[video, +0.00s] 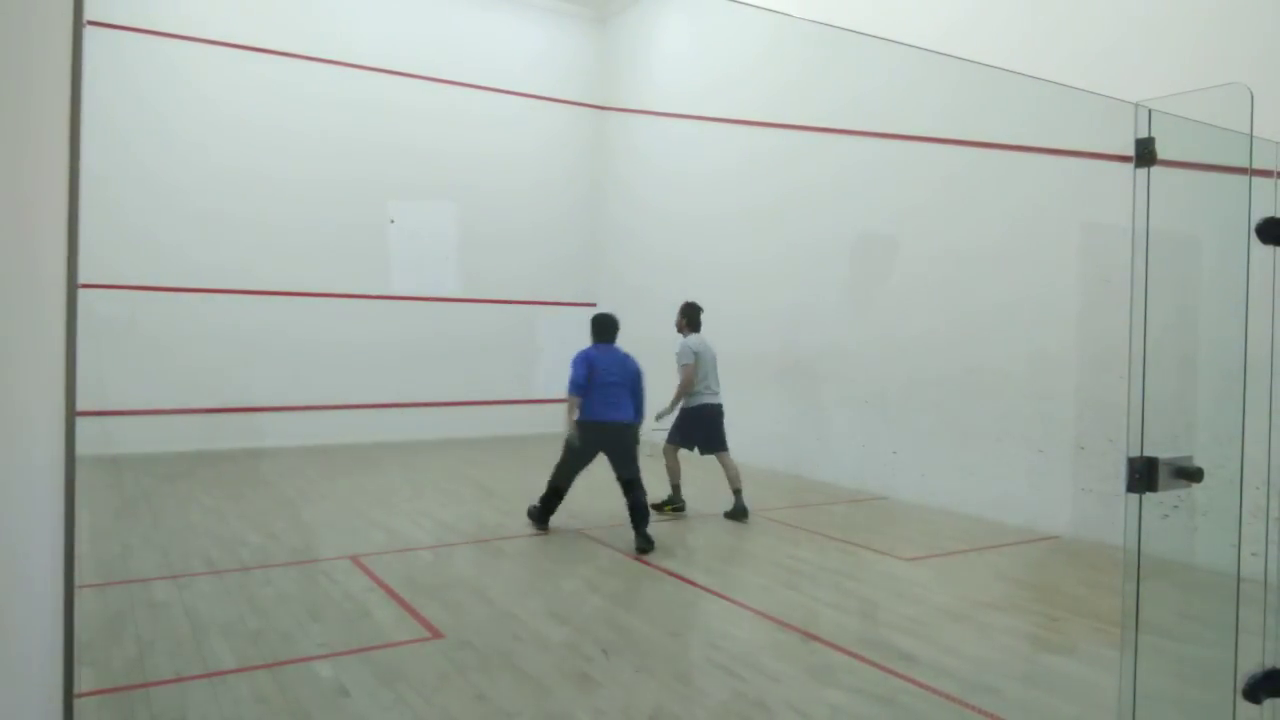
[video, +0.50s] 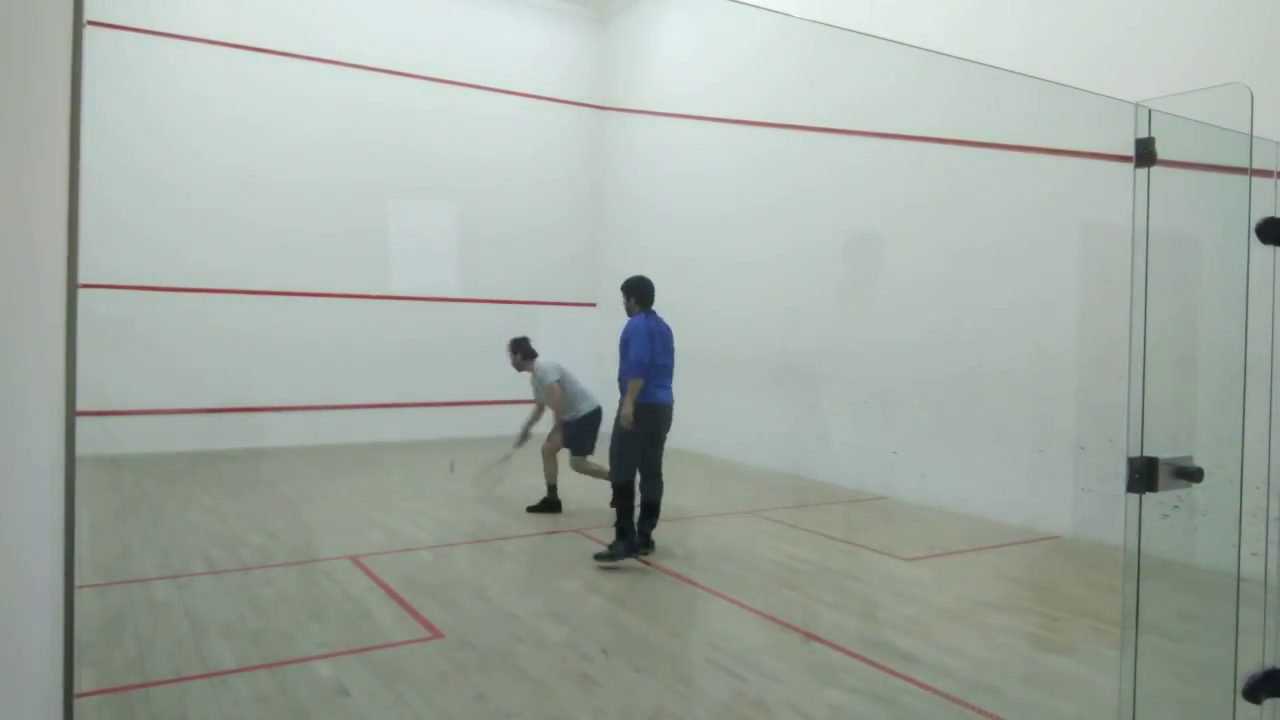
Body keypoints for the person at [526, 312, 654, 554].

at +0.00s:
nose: (596, 335)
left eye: (595, 330)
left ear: (593, 333)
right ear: (616, 334)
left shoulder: (585, 357)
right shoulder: (629, 361)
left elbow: (576, 389)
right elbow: (638, 401)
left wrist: (571, 420)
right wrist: (635, 427)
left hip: (590, 427)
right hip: (622, 429)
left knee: (565, 473)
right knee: (631, 481)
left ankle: (543, 514)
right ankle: (642, 534)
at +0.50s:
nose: (623, 304)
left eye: (625, 299)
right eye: (624, 299)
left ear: (634, 299)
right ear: (648, 298)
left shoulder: (637, 326)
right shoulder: (663, 328)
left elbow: (637, 368)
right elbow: (663, 370)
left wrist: (628, 402)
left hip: (638, 405)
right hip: (661, 407)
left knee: (621, 469)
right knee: (651, 470)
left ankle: (624, 539)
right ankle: (644, 535)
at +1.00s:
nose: (669, 303)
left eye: (674, 299)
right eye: (663, 297)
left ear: (682, 303)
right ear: (651, 299)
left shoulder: (688, 332)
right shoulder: (631, 336)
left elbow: (714, 332)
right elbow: (613, 381)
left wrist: (690, 298)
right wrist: (604, 421)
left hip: (675, 429)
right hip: (638, 429)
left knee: (664, 500)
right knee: (647, 503)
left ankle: (640, 553)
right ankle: (656, 582)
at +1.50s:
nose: (725, 290)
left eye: (733, 283)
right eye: (723, 283)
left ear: (758, 287)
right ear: (722, 289)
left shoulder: (785, 335)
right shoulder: (708, 338)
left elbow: (816, 383)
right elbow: (688, 389)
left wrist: (795, 364)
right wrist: (698, 416)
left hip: (768, 459)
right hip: (721, 458)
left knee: (762, 545)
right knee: (727, 548)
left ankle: (751, 620)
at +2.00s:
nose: (758, 289)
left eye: (764, 279)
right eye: (759, 280)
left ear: (790, 282)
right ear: (787, 283)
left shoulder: (829, 336)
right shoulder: (777, 337)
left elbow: (836, 414)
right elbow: (769, 404)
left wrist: (800, 471)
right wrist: (729, 445)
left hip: (815, 483)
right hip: (772, 477)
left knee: (812, 585)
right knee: (753, 571)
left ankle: (816, 691)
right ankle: (763, 671)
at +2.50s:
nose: (682, 283)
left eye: (688, 274)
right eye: (684, 274)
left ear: (706, 278)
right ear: (711, 279)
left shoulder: (746, 327)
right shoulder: (694, 334)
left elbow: (743, 402)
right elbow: (684, 402)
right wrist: (633, 436)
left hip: (741, 483)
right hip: (703, 480)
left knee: (715, 591)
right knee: (701, 590)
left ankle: (774, 694)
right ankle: (709, 697)